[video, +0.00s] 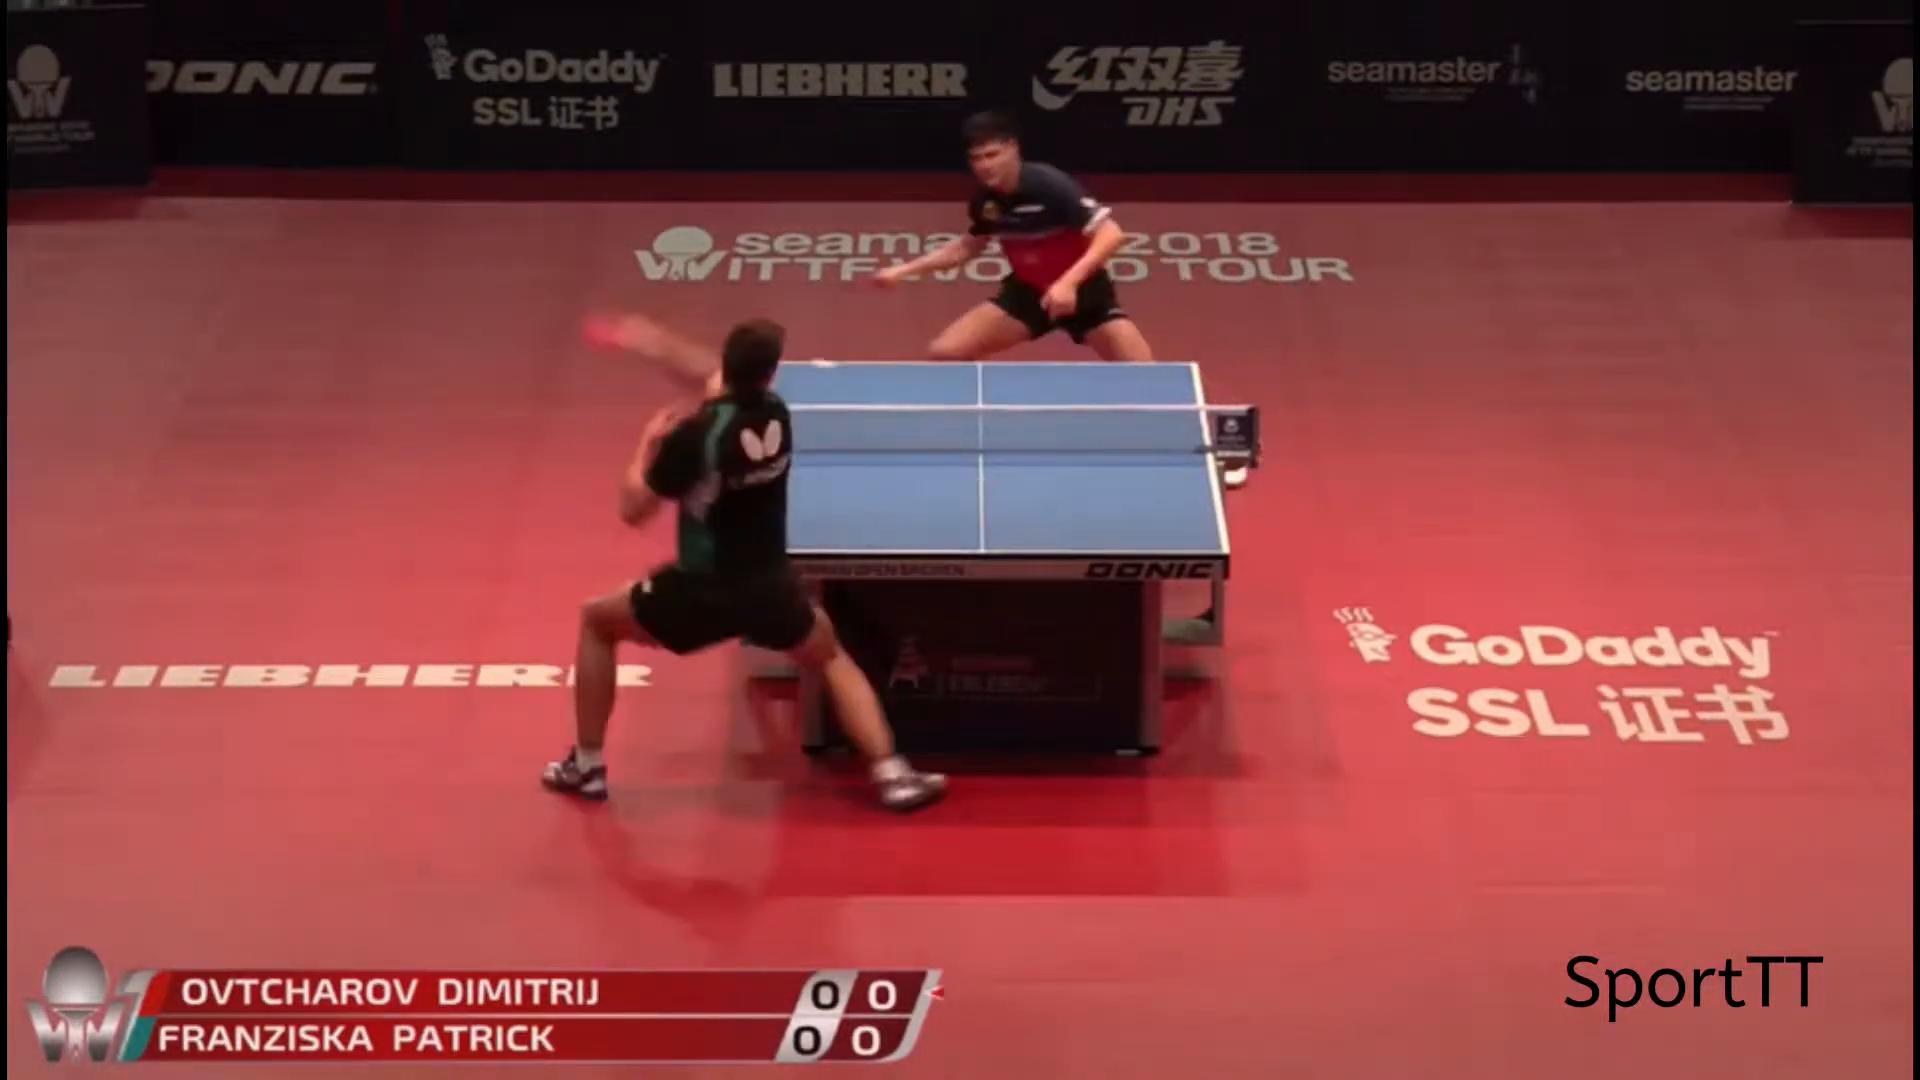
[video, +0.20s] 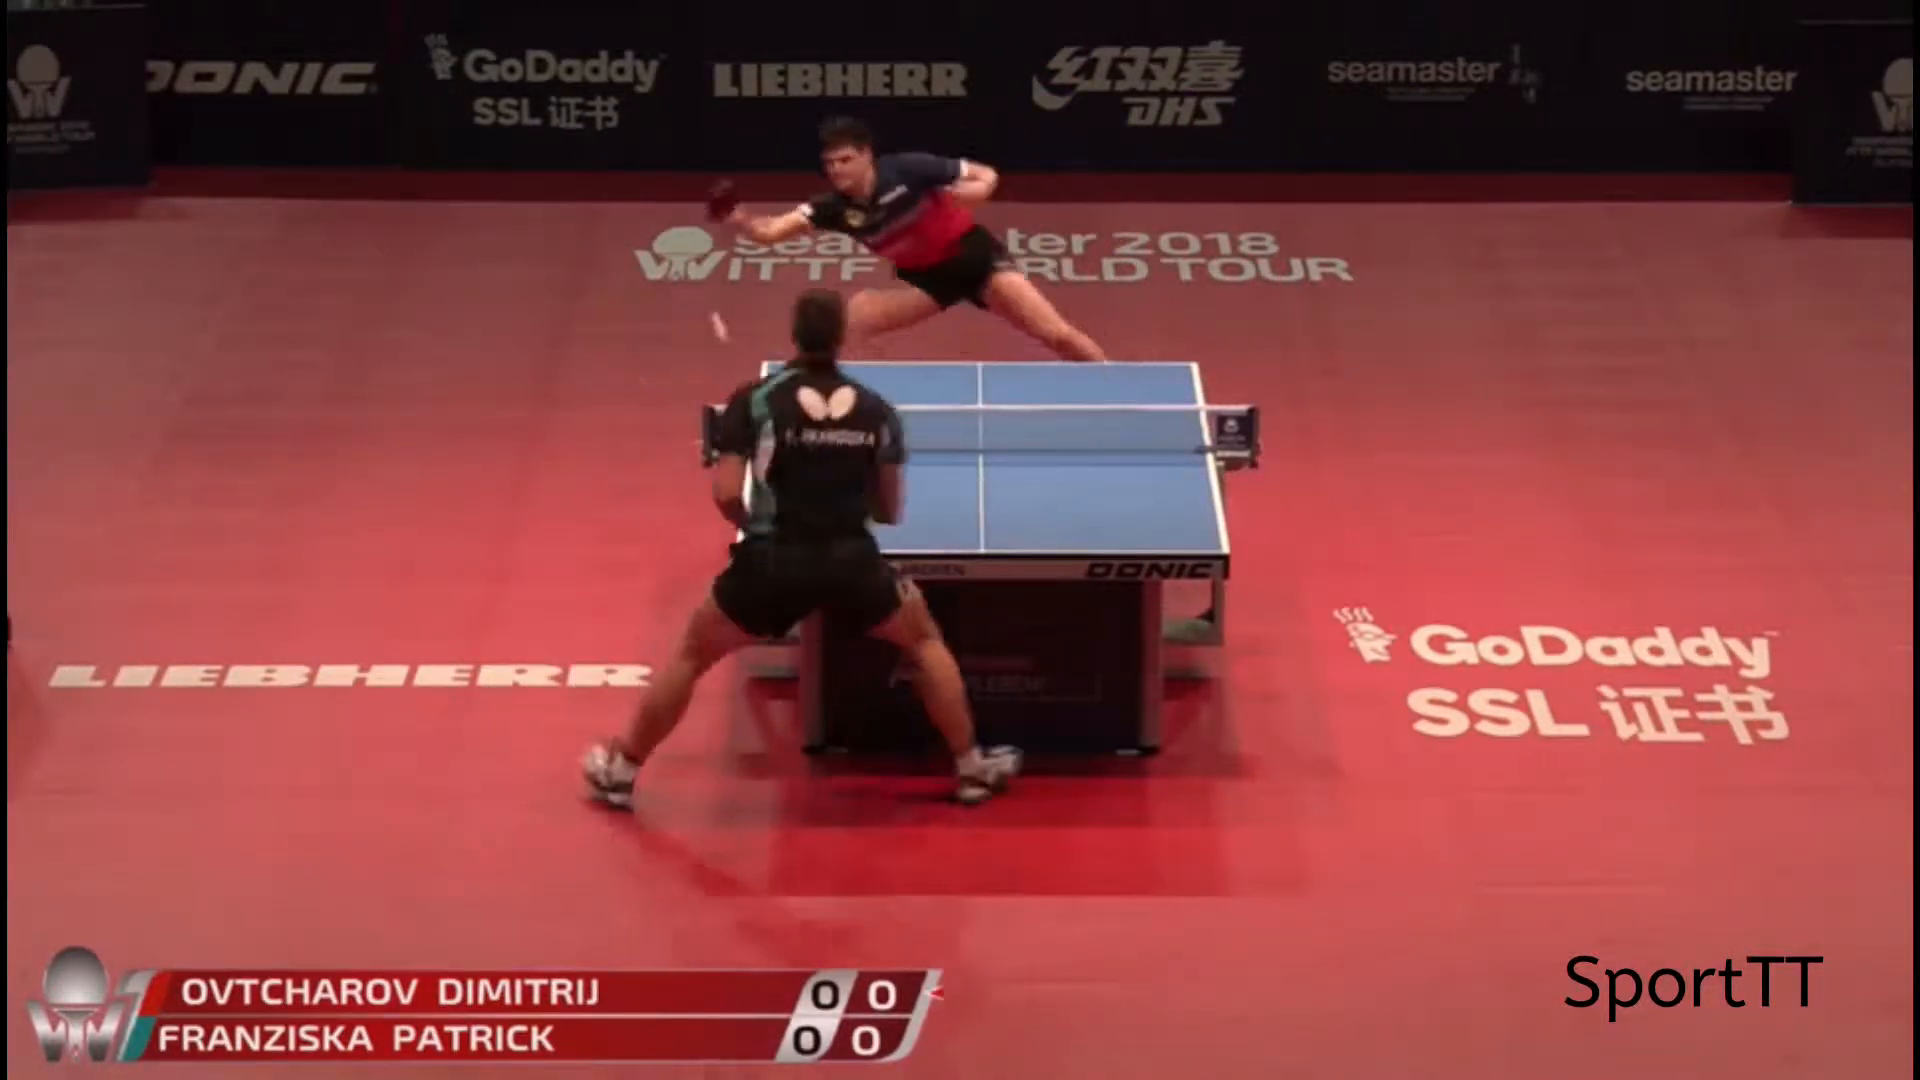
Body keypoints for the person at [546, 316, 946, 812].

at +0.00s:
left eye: (727, 355)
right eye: (767, 361)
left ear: (721, 364)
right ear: (772, 371)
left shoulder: (697, 433)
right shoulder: (777, 416)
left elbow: (635, 508)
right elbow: (714, 375)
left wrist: (648, 441)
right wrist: (656, 342)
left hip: (701, 591)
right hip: (770, 590)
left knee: (598, 621)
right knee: (831, 658)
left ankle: (587, 764)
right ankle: (891, 771)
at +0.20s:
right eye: (833, 329)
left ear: (793, 337)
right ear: (842, 340)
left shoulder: (755, 402)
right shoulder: (877, 410)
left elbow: (726, 493)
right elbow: (889, 509)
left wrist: (750, 521)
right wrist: (848, 484)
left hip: (774, 562)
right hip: (853, 562)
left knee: (693, 654)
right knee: (924, 643)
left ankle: (623, 766)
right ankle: (971, 763)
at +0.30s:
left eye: (839, 327)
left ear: (836, 337)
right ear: (888, 346)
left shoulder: (788, 401)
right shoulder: (906, 424)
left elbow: (739, 486)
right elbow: (930, 525)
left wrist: (769, 522)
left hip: (781, 559)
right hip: (865, 564)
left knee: (713, 651)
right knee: (954, 648)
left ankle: (653, 781)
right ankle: (1016, 774)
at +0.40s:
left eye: (909, 368)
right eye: (937, 374)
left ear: (896, 373)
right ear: (945, 381)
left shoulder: (844, 427)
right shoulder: (954, 451)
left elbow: (787, 515)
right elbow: (964, 558)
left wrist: (800, 564)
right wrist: (913, 561)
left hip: (819, 588)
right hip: (896, 597)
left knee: (743, 686)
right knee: (1006, 680)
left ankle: (651, 804)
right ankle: (1048, 829)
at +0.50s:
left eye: (933, 363)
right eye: (951, 368)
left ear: (915, 368)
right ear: (964, 377)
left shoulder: (866, 423)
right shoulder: (982, 452)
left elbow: (815, 511)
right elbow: (979, 559)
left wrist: (820, 558)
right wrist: (926, 570)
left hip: (845, 590)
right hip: (931, 598)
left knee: (758, 692)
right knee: (1028, 675)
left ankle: (661, 809)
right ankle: (1052, 828)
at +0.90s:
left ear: (879, 309)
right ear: (932, 310)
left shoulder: (844, 383)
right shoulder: (968, 384)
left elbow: (826, 478)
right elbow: (1015, 485)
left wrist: (862, 503)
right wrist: (1030, 539)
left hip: (863, 559)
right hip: (945, 560)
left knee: (822, 693)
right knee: (1002, 693)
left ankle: (815, 827)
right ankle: (1030, 841)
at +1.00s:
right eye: (902, 362)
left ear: (857, 371)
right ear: (909, 369)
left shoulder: (833, 446)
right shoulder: (951, 437)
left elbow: (820, 547)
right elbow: (1006, 530)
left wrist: (809, 565)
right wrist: (1040, 565)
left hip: (867, 623)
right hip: (950, 616)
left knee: (818, 750)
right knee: (1017, 752)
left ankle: (831, 877)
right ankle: (1063, 891)